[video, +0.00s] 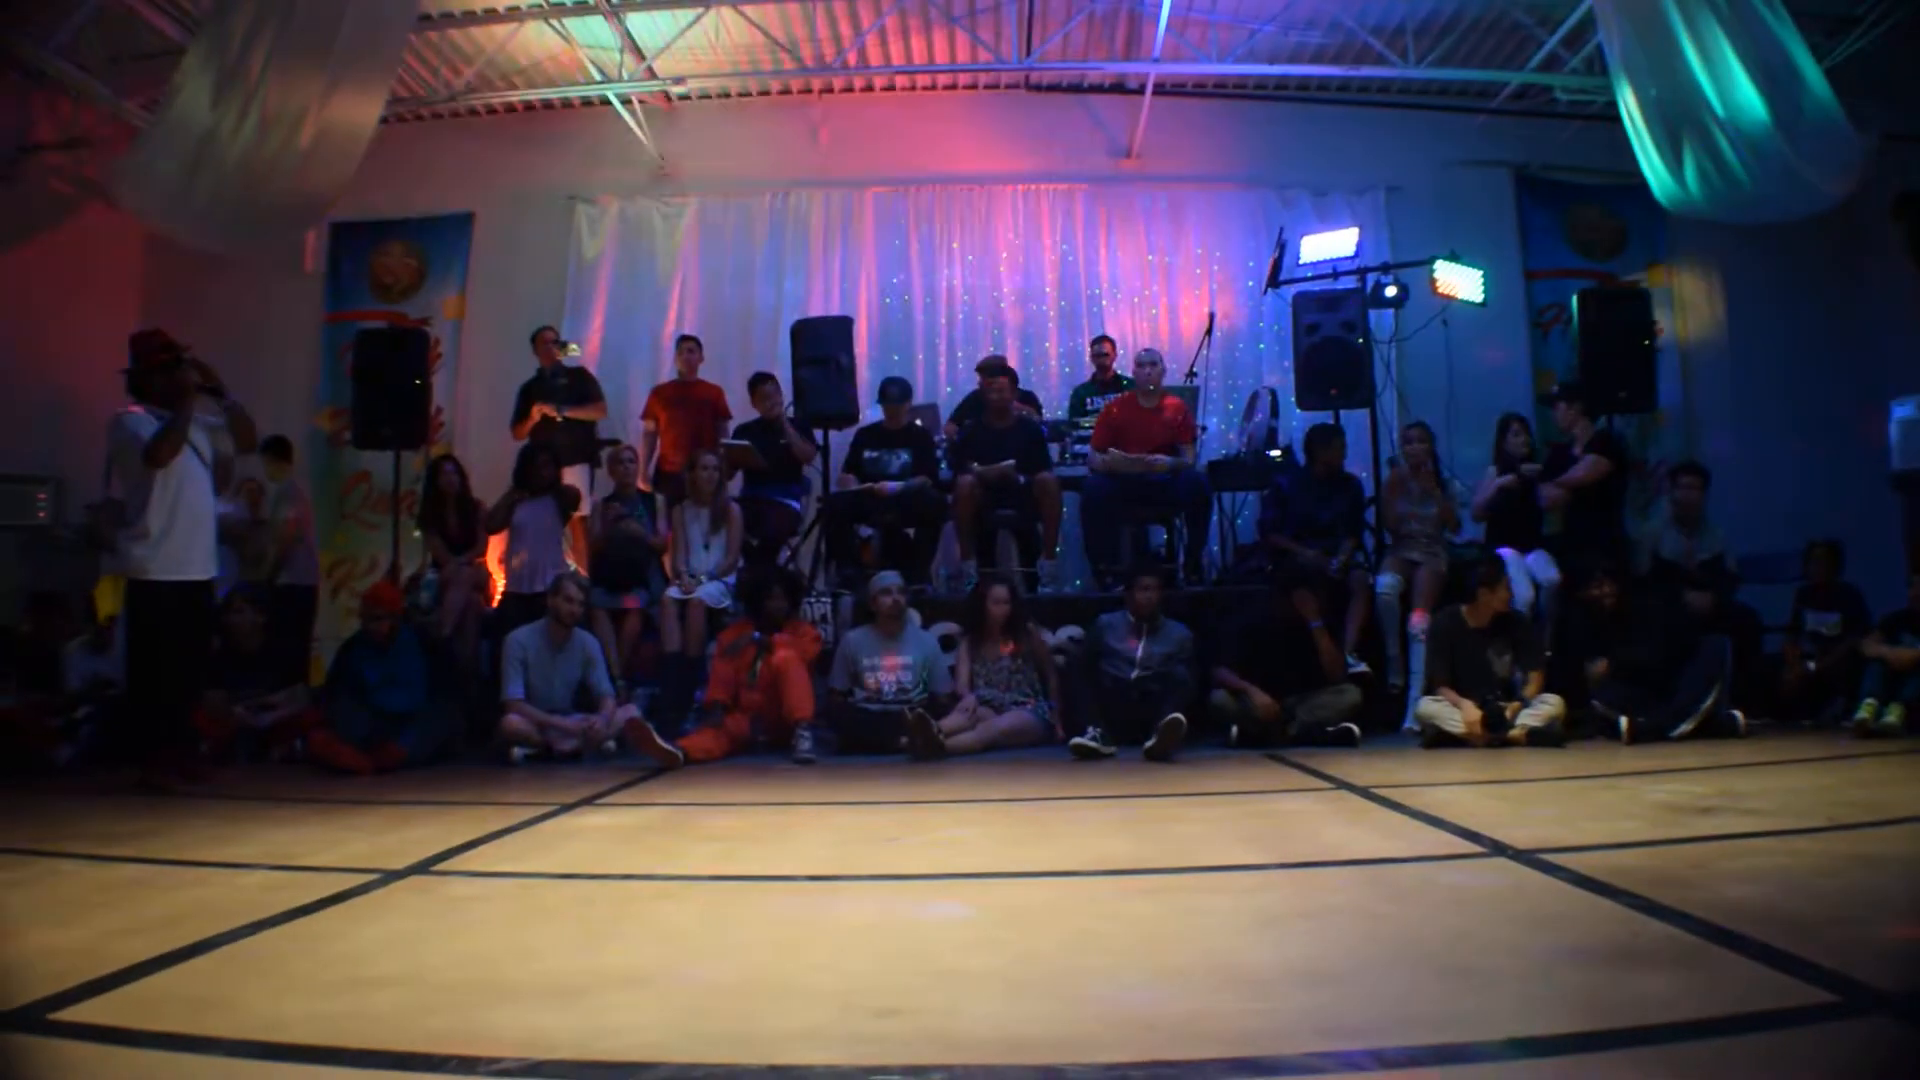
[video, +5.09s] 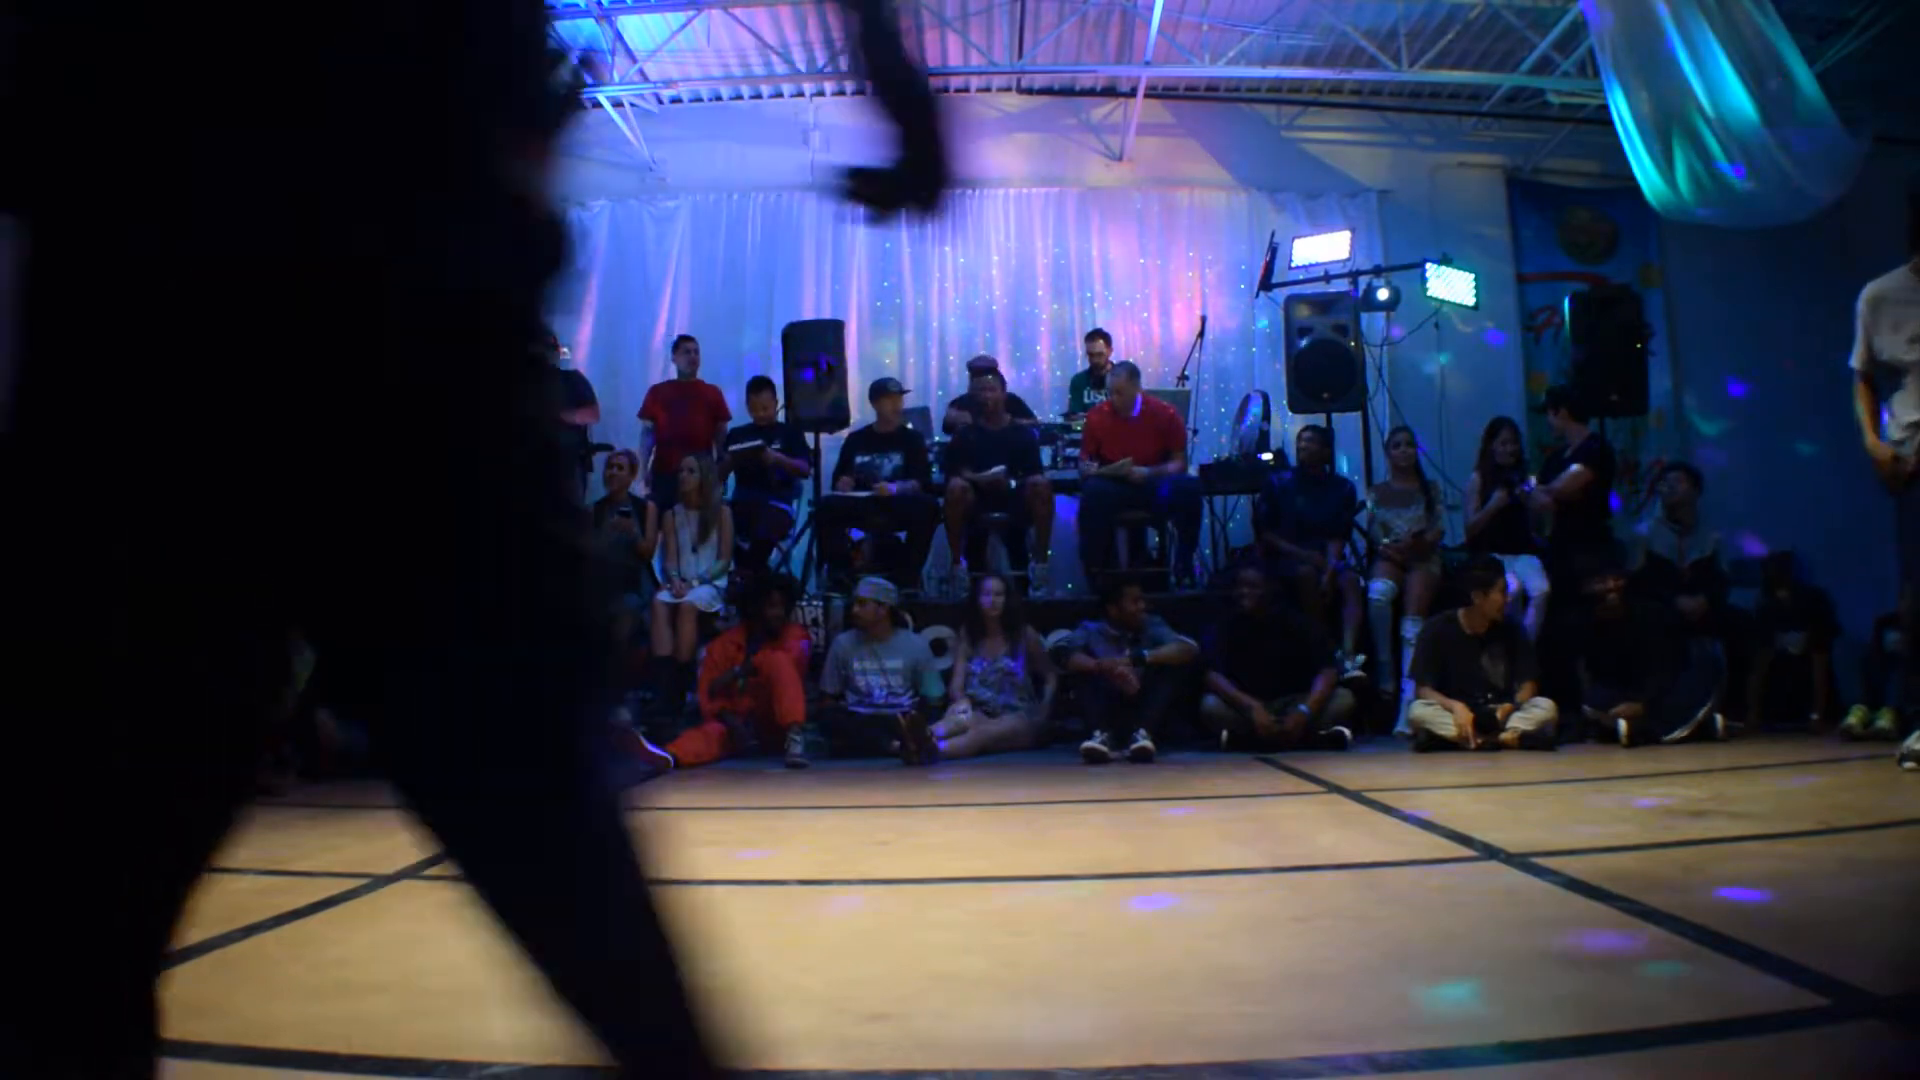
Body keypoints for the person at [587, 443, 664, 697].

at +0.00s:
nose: (627, 468)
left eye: (631, 462)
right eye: (620, 462)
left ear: (638, 467)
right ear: (610, 470)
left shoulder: (653, 501)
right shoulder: (602, 505)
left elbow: (661, 542)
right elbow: (594, 544)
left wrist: (637, 532)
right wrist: (610, 524)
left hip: (642, 573)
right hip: (608, 574)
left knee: (633, 605)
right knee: (597, 607)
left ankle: (618, 672)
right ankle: (615, 676)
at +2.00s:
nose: (607, 468)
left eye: (614, 463)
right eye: (604, 463)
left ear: (629, 472)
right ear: (599, 471)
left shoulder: (645, 506)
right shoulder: (594, 504)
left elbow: (654, 552)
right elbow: (586, 532)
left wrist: (631, 568)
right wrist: (597, 492)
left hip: (630, 579)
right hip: (598, 577)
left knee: (626, 613)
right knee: (588, 614)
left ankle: (606, 677)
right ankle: (606, 684)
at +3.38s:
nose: (620, 472)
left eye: (624, 467)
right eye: (613, 467)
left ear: (630, 472)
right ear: (602, 474)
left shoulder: (646, 508)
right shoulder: (592, 509)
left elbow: (654, 552)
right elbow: (588, 547)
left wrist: (634, 568)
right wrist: (605, 520)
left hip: (631, 576)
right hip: (600, 574)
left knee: (627, 609)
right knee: (589, 611)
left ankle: (608, 676)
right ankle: (606, 680)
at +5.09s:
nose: (613, 473)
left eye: (620, 468)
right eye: (609, 467)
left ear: (632, 475)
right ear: (604, 473)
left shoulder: (646, 508)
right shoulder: (595, 509)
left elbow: (648, 550)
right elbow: (590, 547)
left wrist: (631, 532)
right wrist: (610, 532)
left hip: (633, 578)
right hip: (602, 577)